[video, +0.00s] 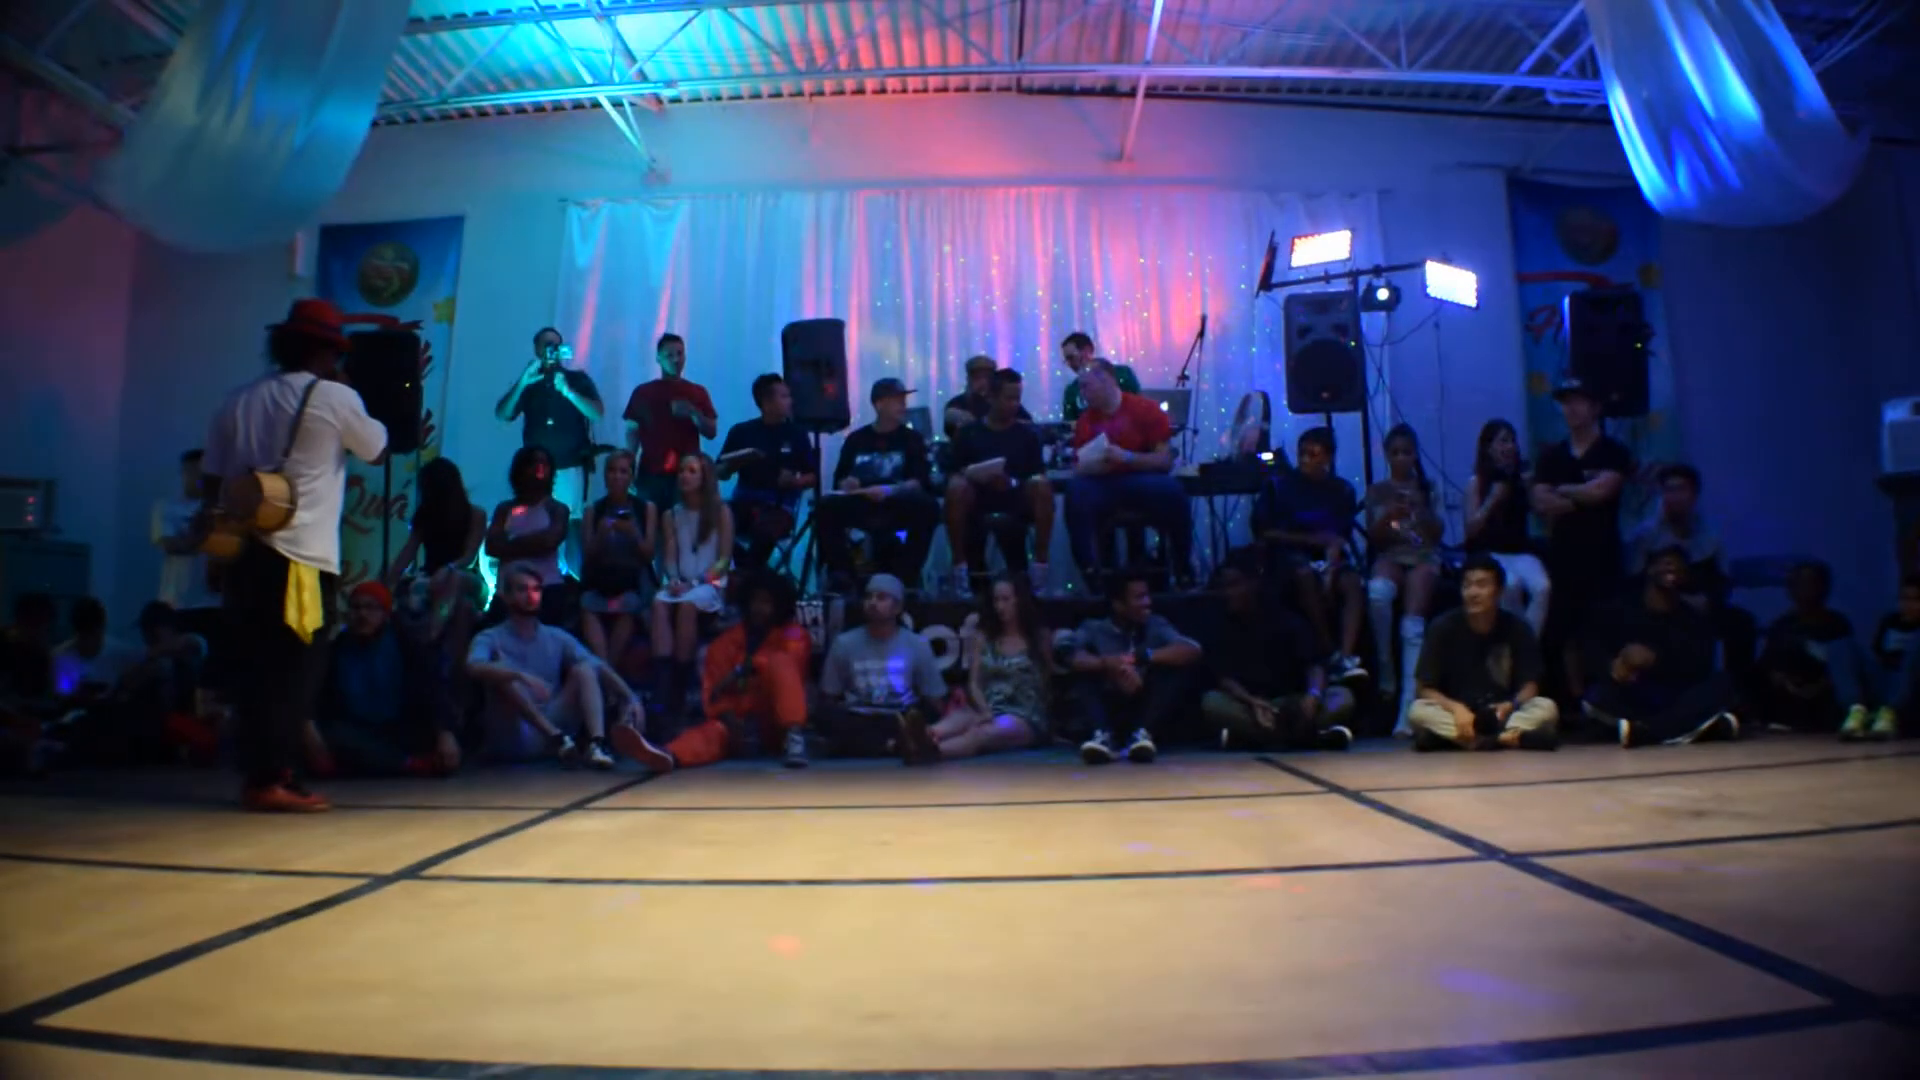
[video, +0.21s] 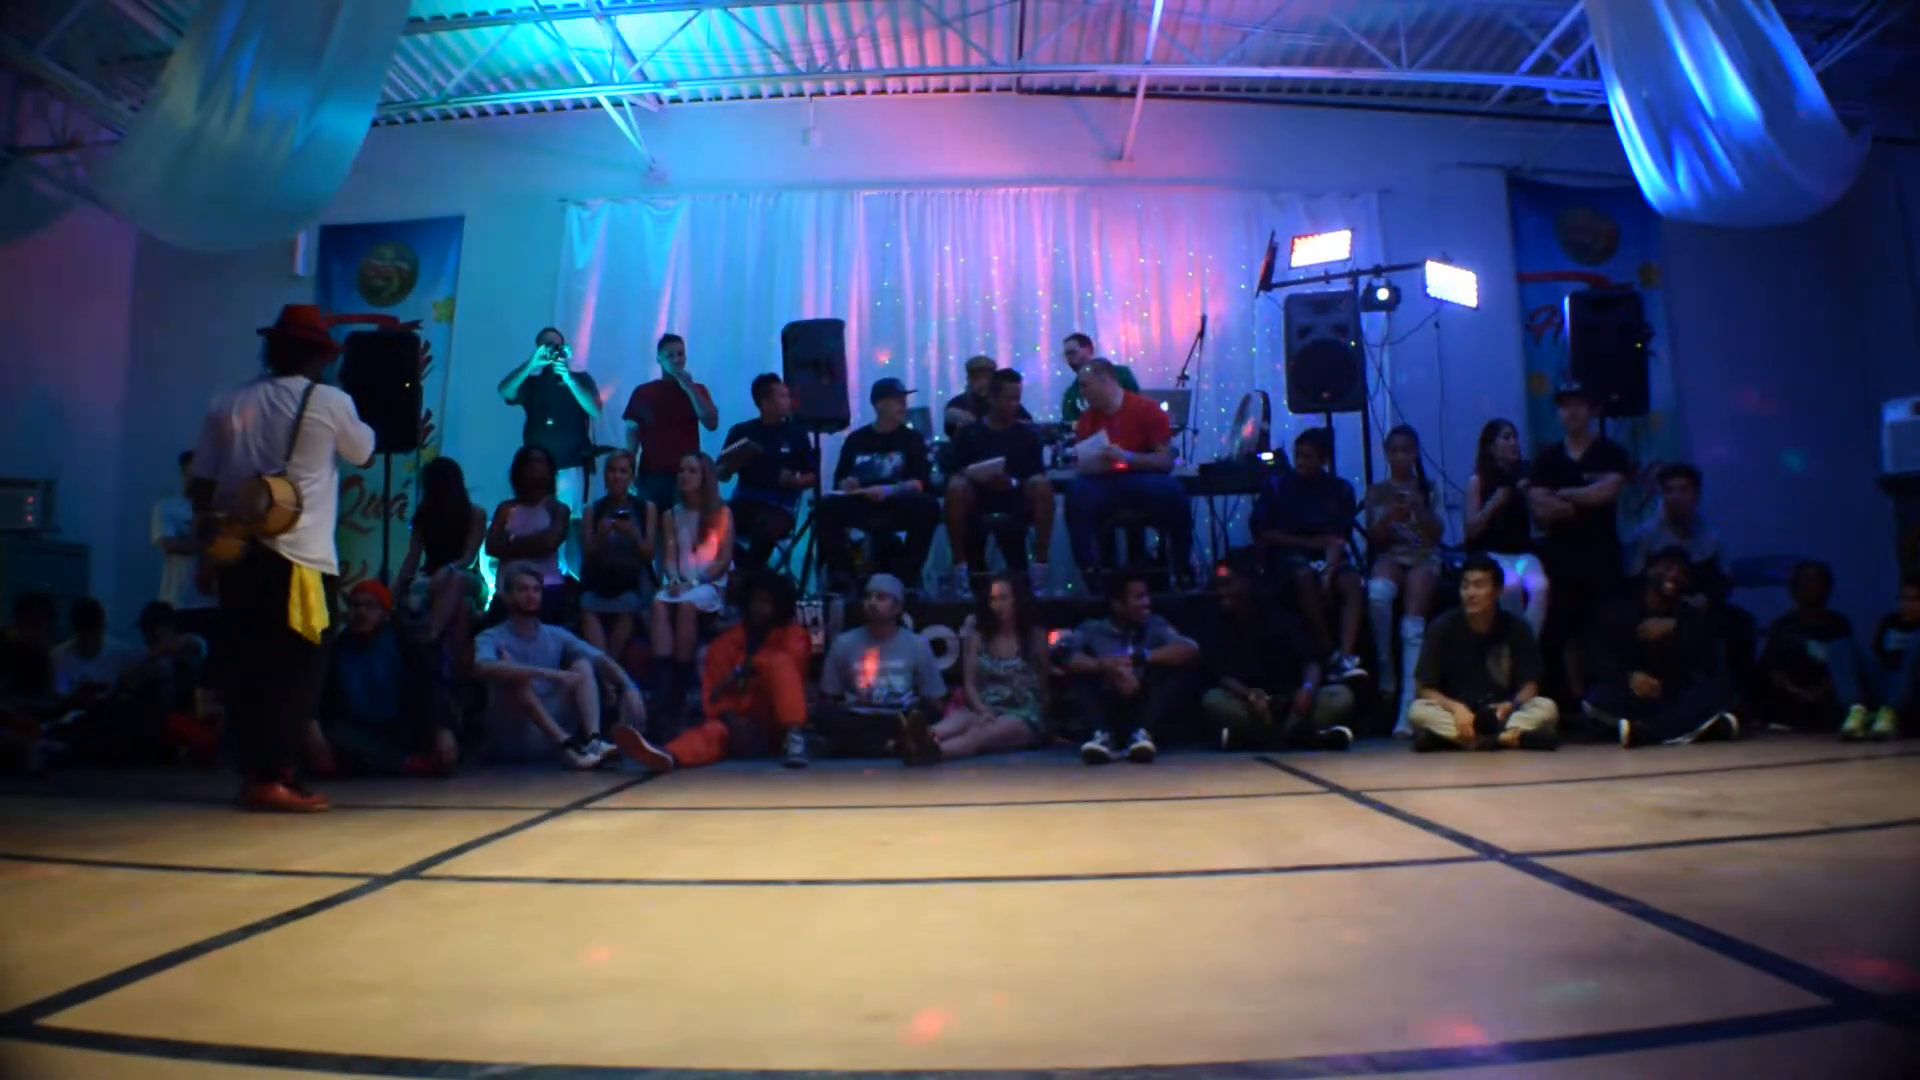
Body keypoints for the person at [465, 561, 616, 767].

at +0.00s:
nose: (531, 596)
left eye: (536, 589)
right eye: (522, 590)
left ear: (541, 594)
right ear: (506, 597)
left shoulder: (556, 637)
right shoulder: (489, 639)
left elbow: (596, 665)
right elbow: (475, 667)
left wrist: (631, 700)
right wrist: (523, 678)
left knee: (584, 670)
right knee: (509, 683)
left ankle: (596, 742)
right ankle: (557, 738)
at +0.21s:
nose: (532, 595)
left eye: (536, 589)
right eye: (523, 589)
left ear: (542, 594)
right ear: (507, 596)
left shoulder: (555, 635)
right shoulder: (490, 639)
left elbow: (601, 660)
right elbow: (483, 668)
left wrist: (629, 689)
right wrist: (554, 676)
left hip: (557, 731)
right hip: (513, 736)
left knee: (582, 667)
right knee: (517, 683)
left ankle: (593, 740)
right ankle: (566, 746)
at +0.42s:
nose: (538, 599)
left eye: (543, 592)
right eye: (530, 593)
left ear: (549, 596)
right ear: (515, 598)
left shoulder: (559, 634)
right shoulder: (497, 638)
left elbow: (605, 660)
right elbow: (508, 670)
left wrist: (609, 689)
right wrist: (571, 679)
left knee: (585, 668)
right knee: (521, 682)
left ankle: (594, 742)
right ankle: (568, 746)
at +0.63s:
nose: (544, 601)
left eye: (549, 595)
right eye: (536, 595)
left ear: (556, 600)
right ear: (523, 600)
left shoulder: (564, 635)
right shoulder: (502, 638)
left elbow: (608, 665)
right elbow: (514, 674)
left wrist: (593, 693)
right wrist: (578, 687)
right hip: (517, 734)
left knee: (587, 668)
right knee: (529, 677)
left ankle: (595, 743)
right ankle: (568, 745)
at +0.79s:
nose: (548, 602)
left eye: (553, 596)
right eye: (540, 595)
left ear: (558, 600)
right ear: (525, 600)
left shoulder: (564, 635)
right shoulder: (502, 639)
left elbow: (610, 665)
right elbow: (514, 679)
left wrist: (593, 697)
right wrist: (580, 693)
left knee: (589, 669)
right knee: (522, 674)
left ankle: (596, 744)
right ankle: (569, 746)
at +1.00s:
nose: (548, 600)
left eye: (551, 594)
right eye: (539, 593)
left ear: (555, 597)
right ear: (522, 598)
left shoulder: (561, 634)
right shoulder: (499, 639)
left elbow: (608, 662)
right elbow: (509, 677)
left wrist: (587, 694)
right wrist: (573, 690)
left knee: (590, 669)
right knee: (520, 681)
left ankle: (596, 743)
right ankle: (568, 746)